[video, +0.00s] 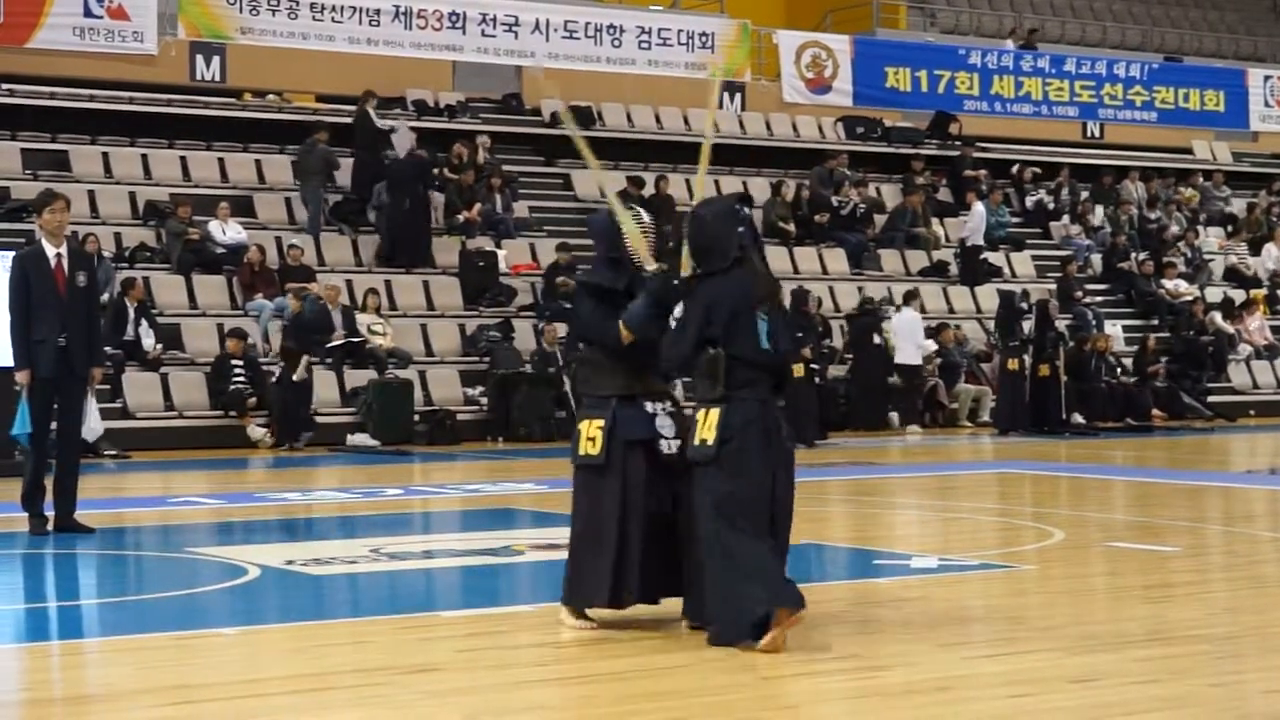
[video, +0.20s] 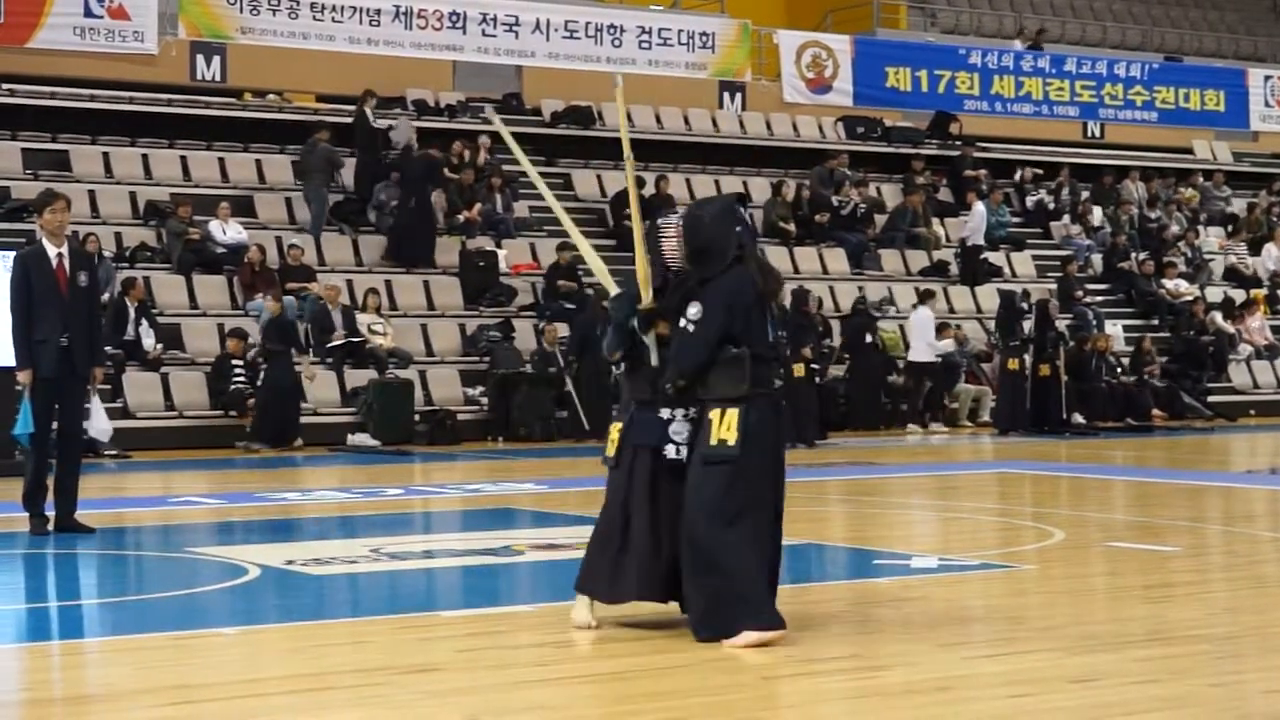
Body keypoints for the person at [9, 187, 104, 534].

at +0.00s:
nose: (58, 217)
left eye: (63, 211)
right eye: (51, 212)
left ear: (70, 215)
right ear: (38, 218)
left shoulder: (83, 258)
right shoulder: (24, 260)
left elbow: (92, 313)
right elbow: (18, 316)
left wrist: (96, 360)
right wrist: (21, 364)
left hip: (76, 359)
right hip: (40, 360)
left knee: (71, 439)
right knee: (39, 439)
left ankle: (65, 514)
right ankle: (35, 512)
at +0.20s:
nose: (59, 217)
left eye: (64, 211)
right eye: (52, 212)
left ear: (70, 215)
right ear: (38, 218)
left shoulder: (83, 258)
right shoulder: (25, 259)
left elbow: (93, 313)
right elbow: (19, 315)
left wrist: (97, 360)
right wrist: (23, 363)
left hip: (76, 358)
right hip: (42, 359)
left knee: (72, 438)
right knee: (40, 438)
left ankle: (66, 514)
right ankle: (36, 512)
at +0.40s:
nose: (58, 218)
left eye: (63, 211)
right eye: (51, 212)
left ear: (69, 216)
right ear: (38, 219)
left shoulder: (83, 257)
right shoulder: (25, 259)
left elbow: (93, 312)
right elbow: (19, 315)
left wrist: (97, 360)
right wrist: (23, 363)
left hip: (77, 358)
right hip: (42, 359)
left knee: (72, 438)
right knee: (40, 438)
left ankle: (66, 514)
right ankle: (36, 512)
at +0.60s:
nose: (56, 219)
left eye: (61, 213)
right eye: (49, 214)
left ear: (68, 217)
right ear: (36, 220)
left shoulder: (82, 258)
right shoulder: (24, 261)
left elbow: (93, 313)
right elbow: (18, 317)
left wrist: (97, 360)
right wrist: (24, 365)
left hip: (77, 359)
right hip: (42, 359)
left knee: (72, 438)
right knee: (39, 438)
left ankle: (65, 515)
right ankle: (36, 513)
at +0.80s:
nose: (54, 220)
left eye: (59, 214)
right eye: (47, 215)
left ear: (66, 218)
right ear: (35, 221)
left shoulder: (82, 259)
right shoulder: (22, 262)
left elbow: (93, 314)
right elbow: (16, 318)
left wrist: (96, 361)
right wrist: (21, 366)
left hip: (75, 360)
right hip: (40, 360)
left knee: (70, 439)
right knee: (37, 438)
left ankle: (64, 515)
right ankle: (35, 513)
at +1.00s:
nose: (51, 221)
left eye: (56, 214)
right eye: (44, 215)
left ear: (63, 218)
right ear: (32, 221)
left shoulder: (78, 260)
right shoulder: (19, 263)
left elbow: (89, 314)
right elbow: (13, 319)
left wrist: (94, 361)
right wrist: (18, 367)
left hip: (72, 360)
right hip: (36, 362)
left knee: (68, 439)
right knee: (35, 439)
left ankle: (64, 516)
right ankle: (35, 514)